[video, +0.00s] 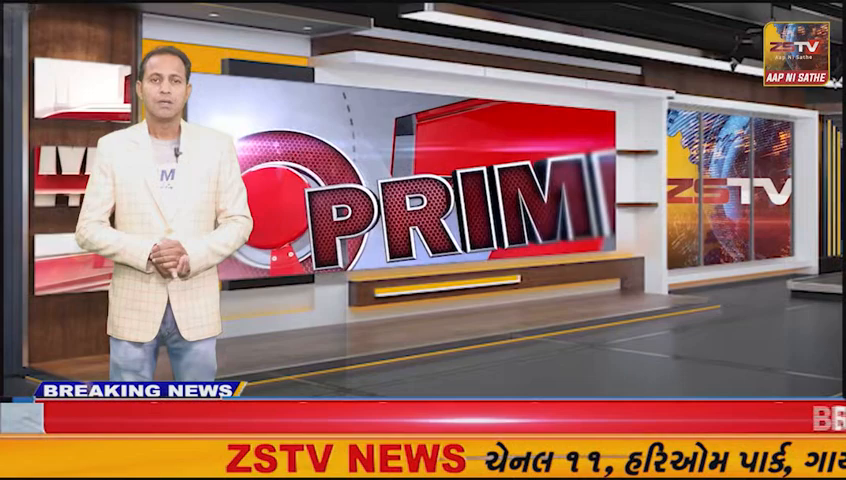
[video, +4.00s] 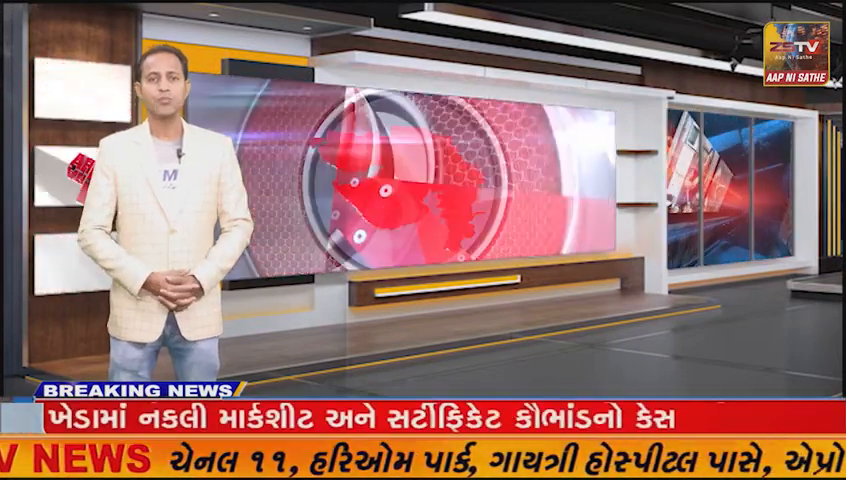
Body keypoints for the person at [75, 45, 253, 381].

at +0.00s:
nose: (165, 89)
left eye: (175, 80)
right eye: (155, 79)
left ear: (187, 91)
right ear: (140, 89)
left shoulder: (217, 146)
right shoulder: (112, 147)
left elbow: (238, 221)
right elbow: (89, 228)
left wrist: (193, 255)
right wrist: (148, 254)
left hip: (196, 302)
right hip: (134, 303)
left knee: (201, 413)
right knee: (128, 414)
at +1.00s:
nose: (165, 86)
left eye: (175, 77)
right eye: (155, 78)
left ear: (189, 87)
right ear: (142, 89)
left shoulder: (220, 147)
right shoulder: (114, 147)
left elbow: (238, 223)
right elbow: (90, 227)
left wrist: (193, 257)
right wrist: (149, 254)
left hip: (195, 304)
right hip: (132, 304)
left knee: (201, 413)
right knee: (123, 414)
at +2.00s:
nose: (159, 86)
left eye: (168, 76)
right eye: (149, 78)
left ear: (184, 86)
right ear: (136, 91)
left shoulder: (216, 146)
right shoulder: (113, 147)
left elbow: (235, 222)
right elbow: (89, 229)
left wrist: (193, 255)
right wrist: (147, 244)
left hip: (194, 303)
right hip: (132, 303)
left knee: (200, 414)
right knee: (124, 417)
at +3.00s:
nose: (160, 86)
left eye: (169, 77)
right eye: (149, 78)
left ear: (184, 87)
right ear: (136, 91)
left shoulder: (215, 147)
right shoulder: (113, 149)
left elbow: (244, 220)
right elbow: (81, 228)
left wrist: (205, 260)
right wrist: (138, 256)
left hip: (195, 306)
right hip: (133, 306)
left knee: (201, 418)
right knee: (125, 420)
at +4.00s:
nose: (164, 86)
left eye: (173, 77)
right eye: (153, 78)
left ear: (186, 87)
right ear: (139, 89)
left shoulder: (218, 148)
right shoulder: (114, 149)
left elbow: (239, 224)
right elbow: (91, 232)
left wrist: (201, 279)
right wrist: (145, 279)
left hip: (198, 310)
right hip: (134, 310)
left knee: (203, 420)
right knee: (125, 421)